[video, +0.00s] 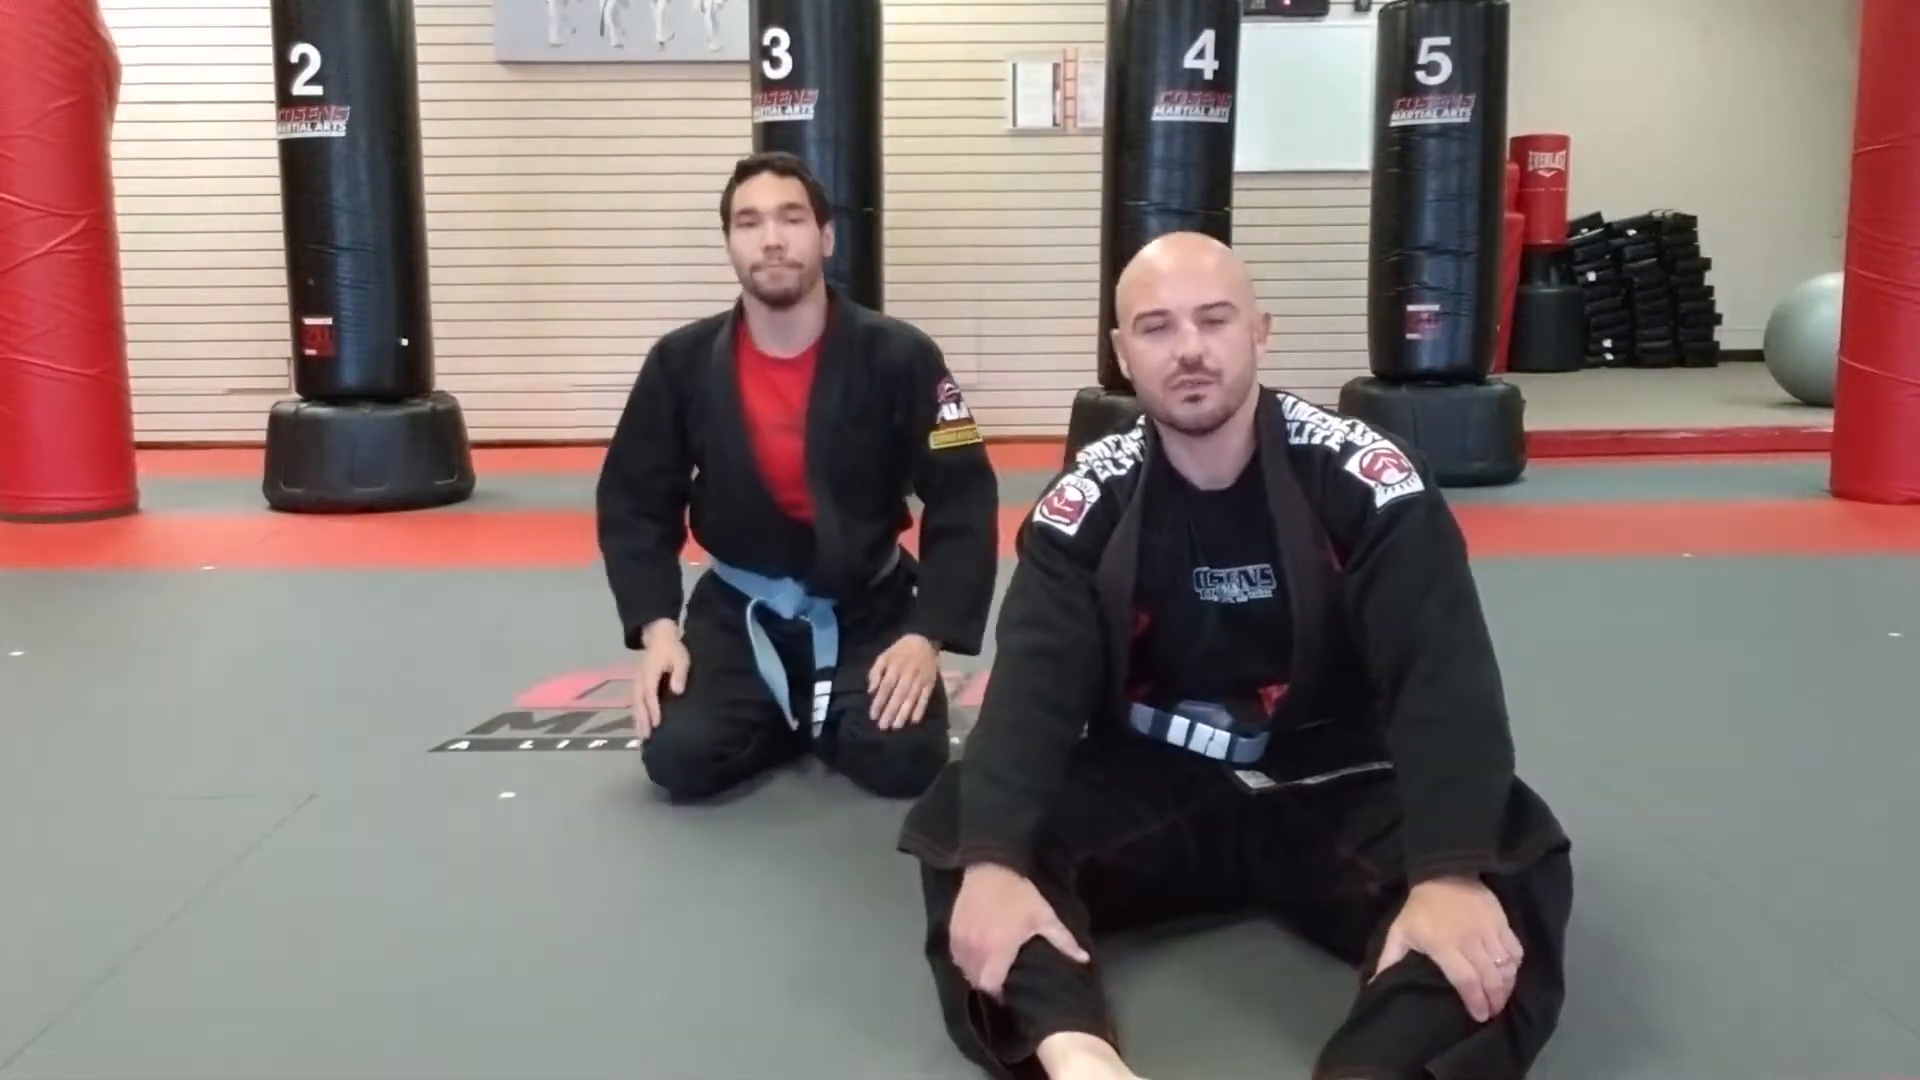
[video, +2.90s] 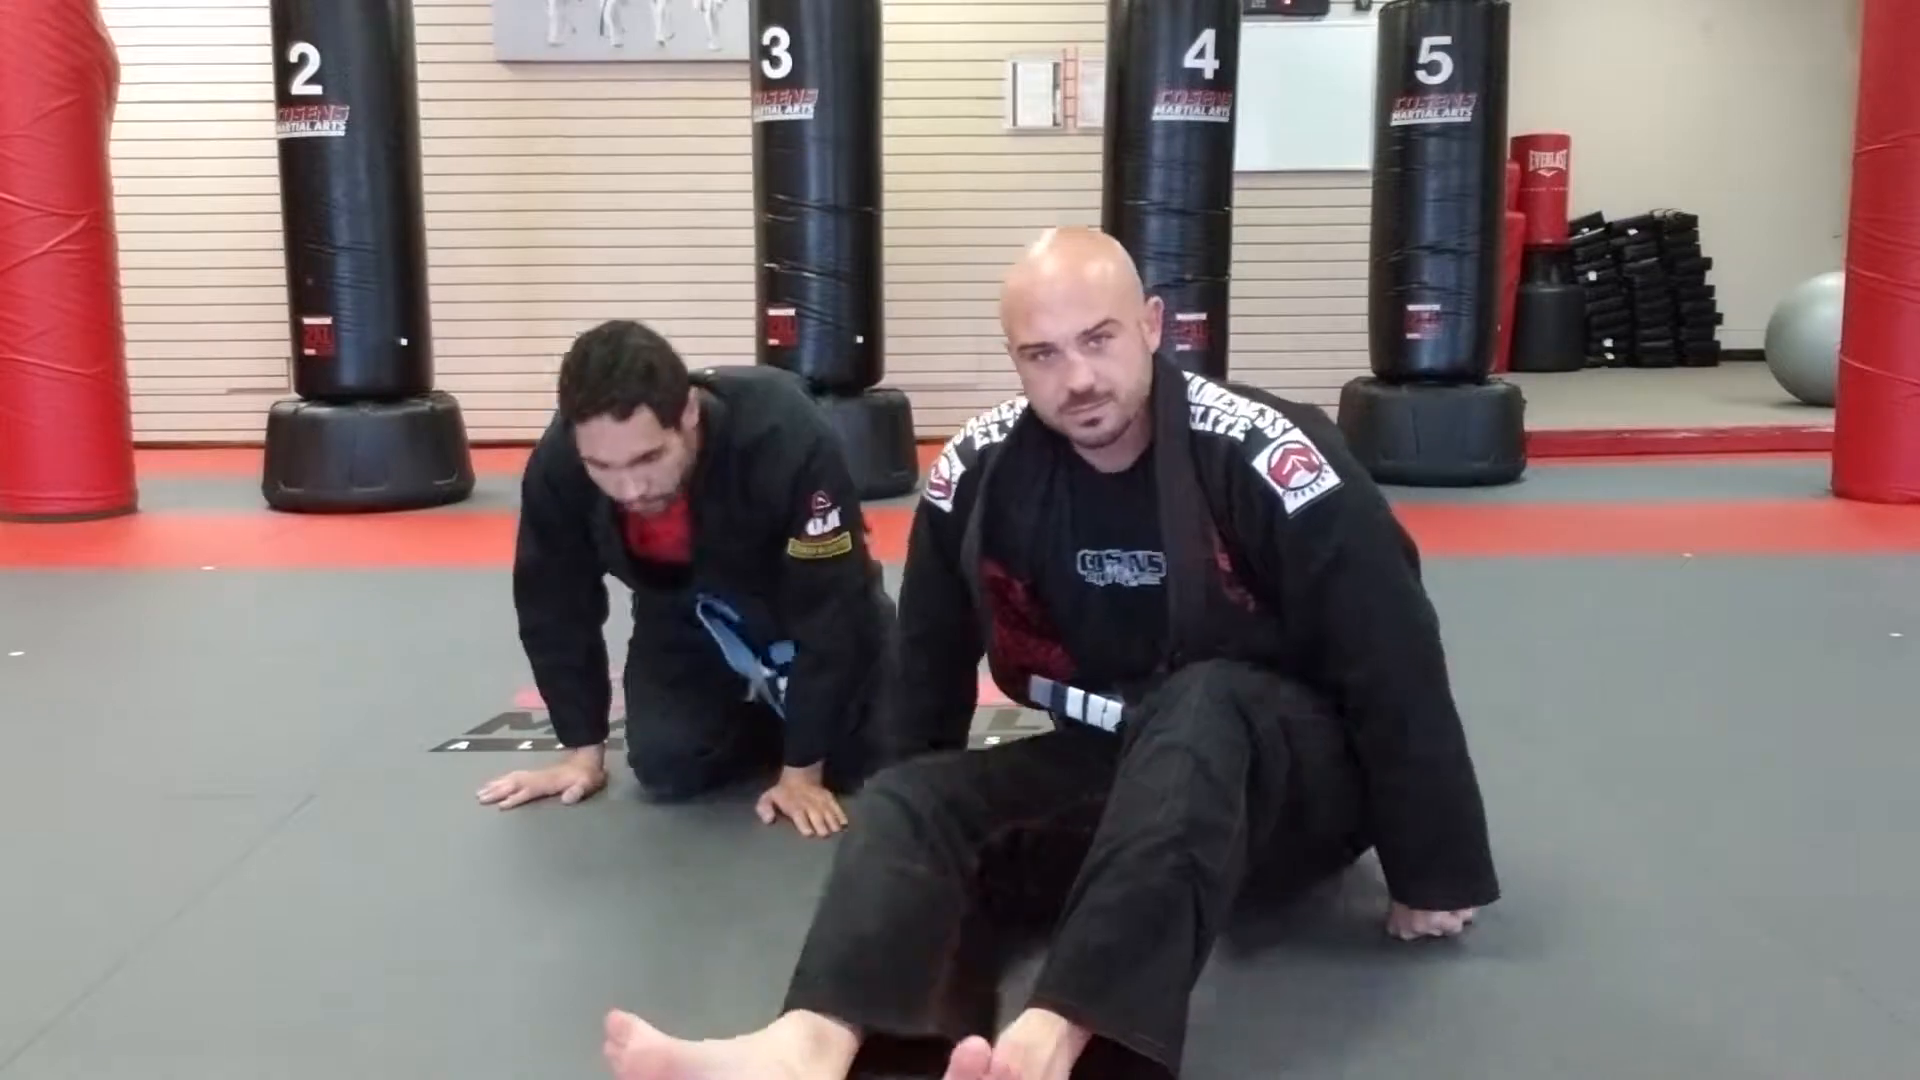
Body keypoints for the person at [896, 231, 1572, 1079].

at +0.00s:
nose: (1188, 349)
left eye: (1214, 320)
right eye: (1156, 328)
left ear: (1260, 334)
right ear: (1121, 352)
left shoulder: (1359, 471)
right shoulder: (1089, 497)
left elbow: (1443, 673)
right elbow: (1032, 688)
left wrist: (1449, 871)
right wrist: (989, 860)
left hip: (1337, 797)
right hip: (1149, 793)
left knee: (1511, 848)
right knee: (965, 825)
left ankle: (1371, 1063)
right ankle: (1082, 1062)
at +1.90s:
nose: (1230, 350)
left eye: (1253, 320)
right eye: (1198, 329)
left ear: (1289, 331)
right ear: (1155, 351)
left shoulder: (1374, 470)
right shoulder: (1116, 479)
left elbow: (1435, 659)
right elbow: (1047, 641)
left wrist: (1416, 823)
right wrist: (1033, 765)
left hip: (1330, 794)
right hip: (1151, 784)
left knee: (1466, 833)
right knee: (995, 791)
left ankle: (1346, 1064)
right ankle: (1084, 1052)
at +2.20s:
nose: (1243, 320)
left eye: (1268, 298)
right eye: (1212, 302)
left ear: (1305, 324)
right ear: (1172, 336)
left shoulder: (1389, 464)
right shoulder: (1121, 476)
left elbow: (1498, 633)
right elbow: (1026, 638)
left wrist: (1548, 808)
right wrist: (935, 751)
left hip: (1326, 772)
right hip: (1162, 766)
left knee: (1403, 769)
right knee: (1044, 741)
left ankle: (1304, 1058)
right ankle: (1116, 1046)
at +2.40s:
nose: (1228, 331)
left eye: (1250, 306)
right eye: (1198, 313)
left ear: (1288, 322)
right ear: (1160, 341)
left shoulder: (1380, 464)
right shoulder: (1113, 471)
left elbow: (1493, 659)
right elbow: (1007, 626)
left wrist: (1534, 865)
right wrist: (931, 779)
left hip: (1341, 769)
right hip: (1172, 762)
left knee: (1318, 738)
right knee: (1045, 704)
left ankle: (1260, 1047)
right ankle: (1055, 1012)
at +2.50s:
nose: (1210, 350)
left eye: (1229, 321)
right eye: (1177, 332)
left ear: (1266, 322)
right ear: (1142, 352)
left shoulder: (1362, 453)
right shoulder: (1102, 467)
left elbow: (1491, 631)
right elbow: (986, 612)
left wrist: (1499, 854)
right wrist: (927, 777)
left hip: (1345, 777)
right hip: (1163, 768)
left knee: (1265, 723)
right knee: (1028, 716)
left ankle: (1202, 1029)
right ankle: (984, 996)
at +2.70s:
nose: (1138, 384)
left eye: (1158, 347)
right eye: (1105, 364)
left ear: (1205, 334)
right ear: (1076, 374)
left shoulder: (1308, 455)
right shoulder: (1044, 475)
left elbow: (1446, 637)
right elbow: (943, 616)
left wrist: (1436, 861)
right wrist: (914, 804)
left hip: (1317, 784)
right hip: (1126, 765)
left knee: (1202, 726)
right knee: (978, 785)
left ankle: (1069, 1016)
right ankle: (849, 1015)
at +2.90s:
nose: (1079, 379)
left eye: (1101, 340)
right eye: (1044, 354)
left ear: (1153, 325)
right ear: (1011, 358)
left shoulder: (1272, 459)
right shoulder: (974, 477)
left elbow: (1394, 666)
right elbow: (926, 682)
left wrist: (1435, 870)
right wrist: (914, 883)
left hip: (1293, 785)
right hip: (1093, 774)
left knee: (1199, 700)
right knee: (905, 792)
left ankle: (1044, 1041)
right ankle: (810, 1037)